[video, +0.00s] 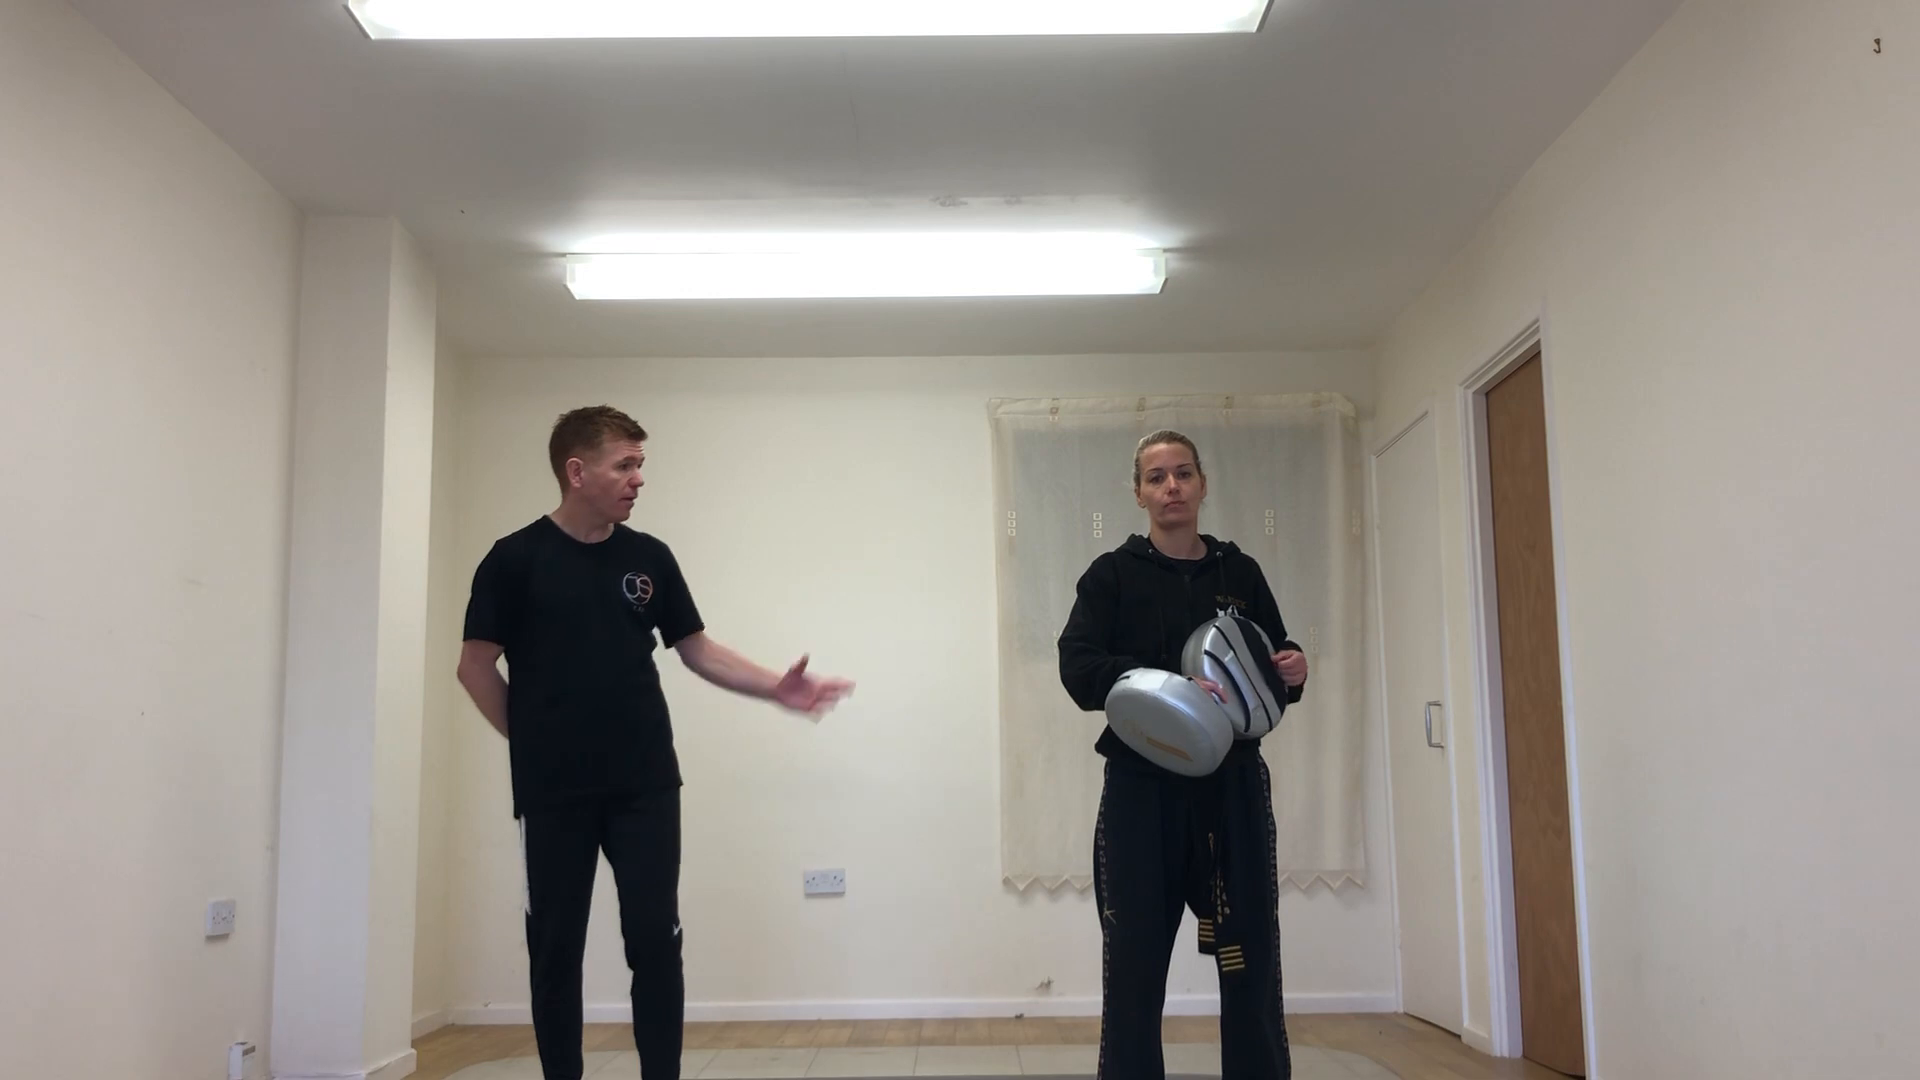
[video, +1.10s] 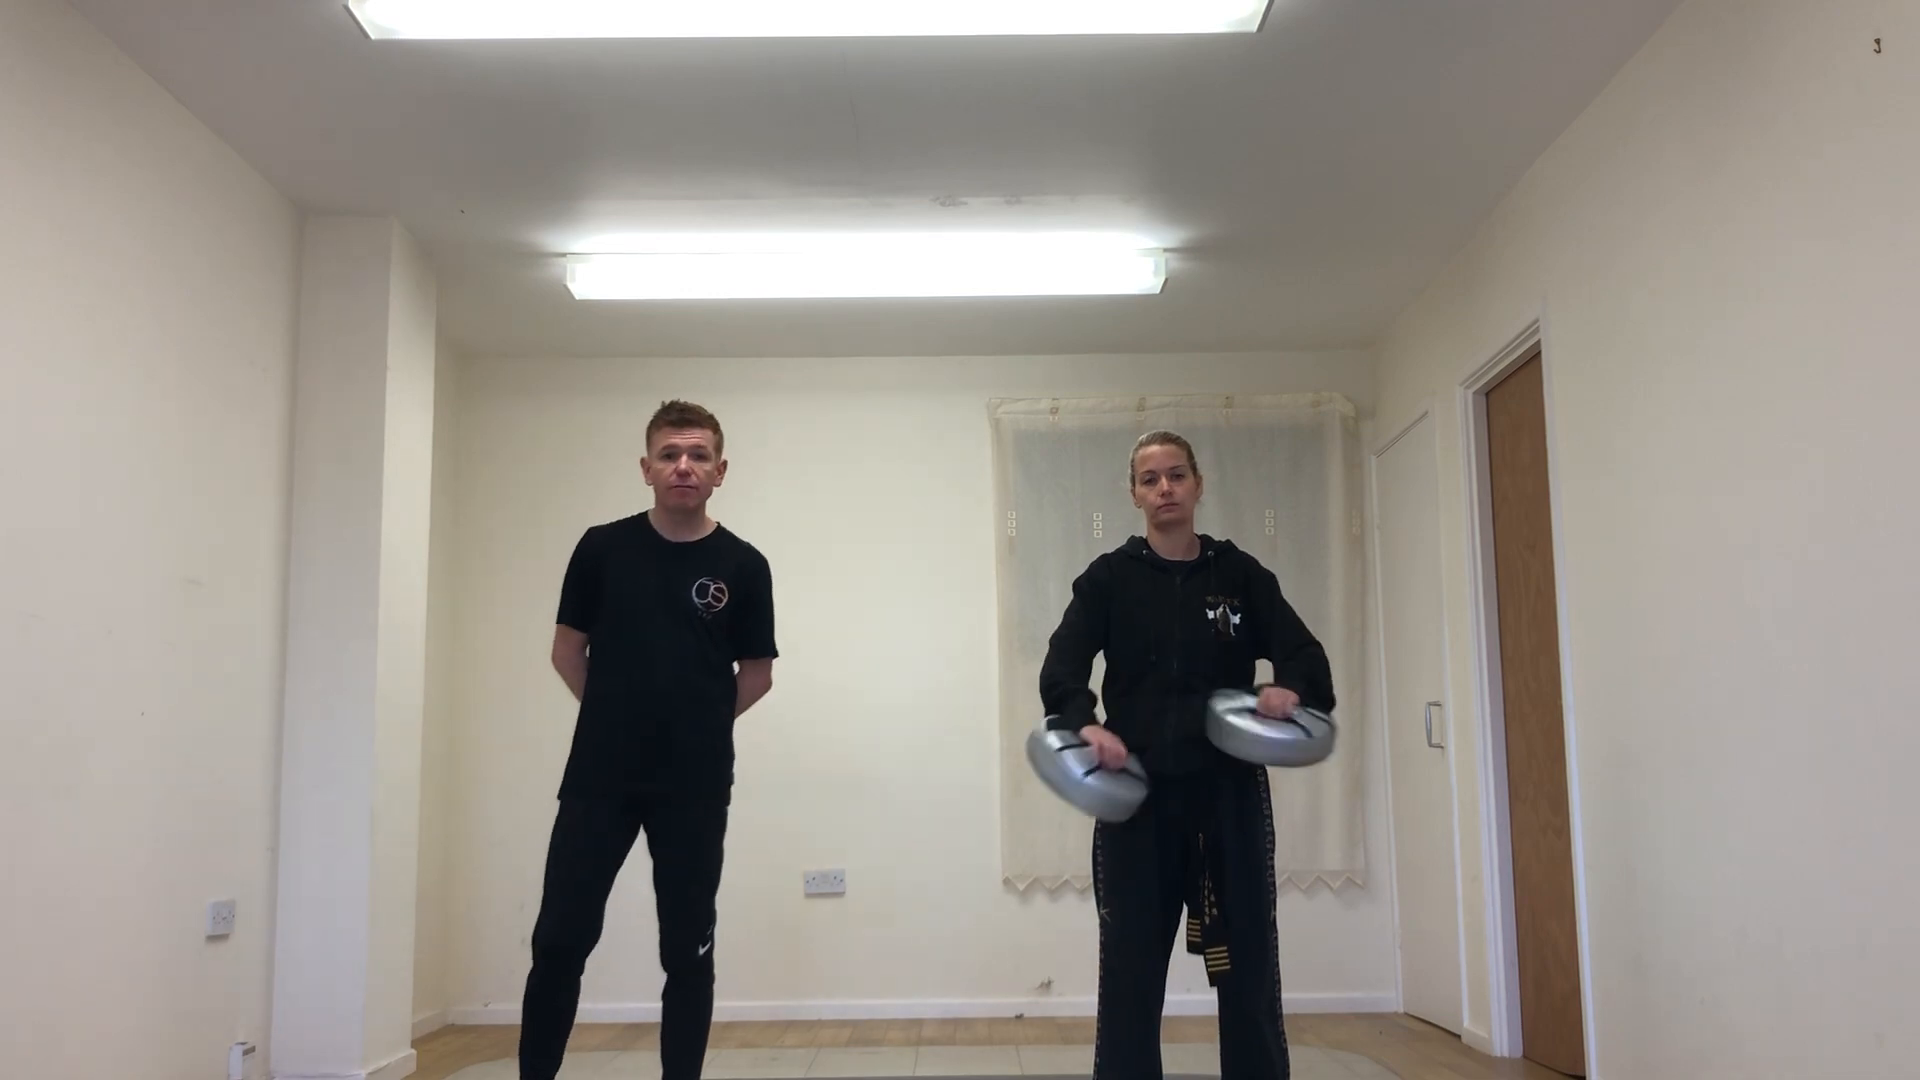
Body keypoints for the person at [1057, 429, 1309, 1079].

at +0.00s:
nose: (1171, 485)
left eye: (1182, 473)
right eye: (1156, 476)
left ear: (1202, 485)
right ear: (1139, 493)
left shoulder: (1239, 570)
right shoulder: (1110, 575)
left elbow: (1274, 672)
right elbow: (1077, 668)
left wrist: (1291, 670)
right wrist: (1164, 689)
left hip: (1234, 781)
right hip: (1141, 782)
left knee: (1250, 958)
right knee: (1134, 964)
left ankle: (1259, 1076)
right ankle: (1128, 1078)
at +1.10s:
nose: (1164, 487)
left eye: (1176, 475)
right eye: (1150, 479)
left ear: (1198, 485)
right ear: (1134, 495)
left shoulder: (1241, 574)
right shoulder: (1108, 578)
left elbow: (1305, 658)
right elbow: (1062, 669)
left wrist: (1288, 690)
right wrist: (1082, 723)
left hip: (1232, 794)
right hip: (1137, 798)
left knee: (1249, 973)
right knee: (1130, 977)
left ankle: (1258, 1077)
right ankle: (1125, 1078)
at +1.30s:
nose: (1165, 487)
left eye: (1177, 474)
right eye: (1151, 478)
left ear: (1198, 485)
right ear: (1134, 493)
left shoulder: (1239, 573)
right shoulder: (1106, 579)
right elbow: (1058, 672)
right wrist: (1023, 763)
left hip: (1230, 787)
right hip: (1135, 790)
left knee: (1247, 970)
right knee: (1129, 973)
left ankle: (1257, 1078)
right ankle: (1124, 1079)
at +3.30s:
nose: (1175, 486)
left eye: (1188, 474)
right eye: (1161, 475)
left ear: (1207, 486)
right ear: (1143, 488)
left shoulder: (1239, 570)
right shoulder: (1110, 574)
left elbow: (1256, 668)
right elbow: (1094, 679)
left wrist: (1218, 731)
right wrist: (1136, 740)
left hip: (1229, 780)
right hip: (1138, 782)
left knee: (1249, 963)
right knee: (1130, 967)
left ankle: (1261, 1077)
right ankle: (1123, 1078)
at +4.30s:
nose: (1173, 485)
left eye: (1185, 473)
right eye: (1159, 474)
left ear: (1206, 484)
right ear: (1141, 488)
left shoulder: (1240, 570)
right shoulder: (1110, 575)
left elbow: (1255, 669)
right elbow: (1095, 681)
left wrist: (1217, 730)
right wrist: (1138, 740)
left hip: (1230, 780)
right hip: (1138, 782)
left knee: (1249, 962)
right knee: (1130, 966)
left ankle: (1260, 1076)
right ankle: (1124, 1077)